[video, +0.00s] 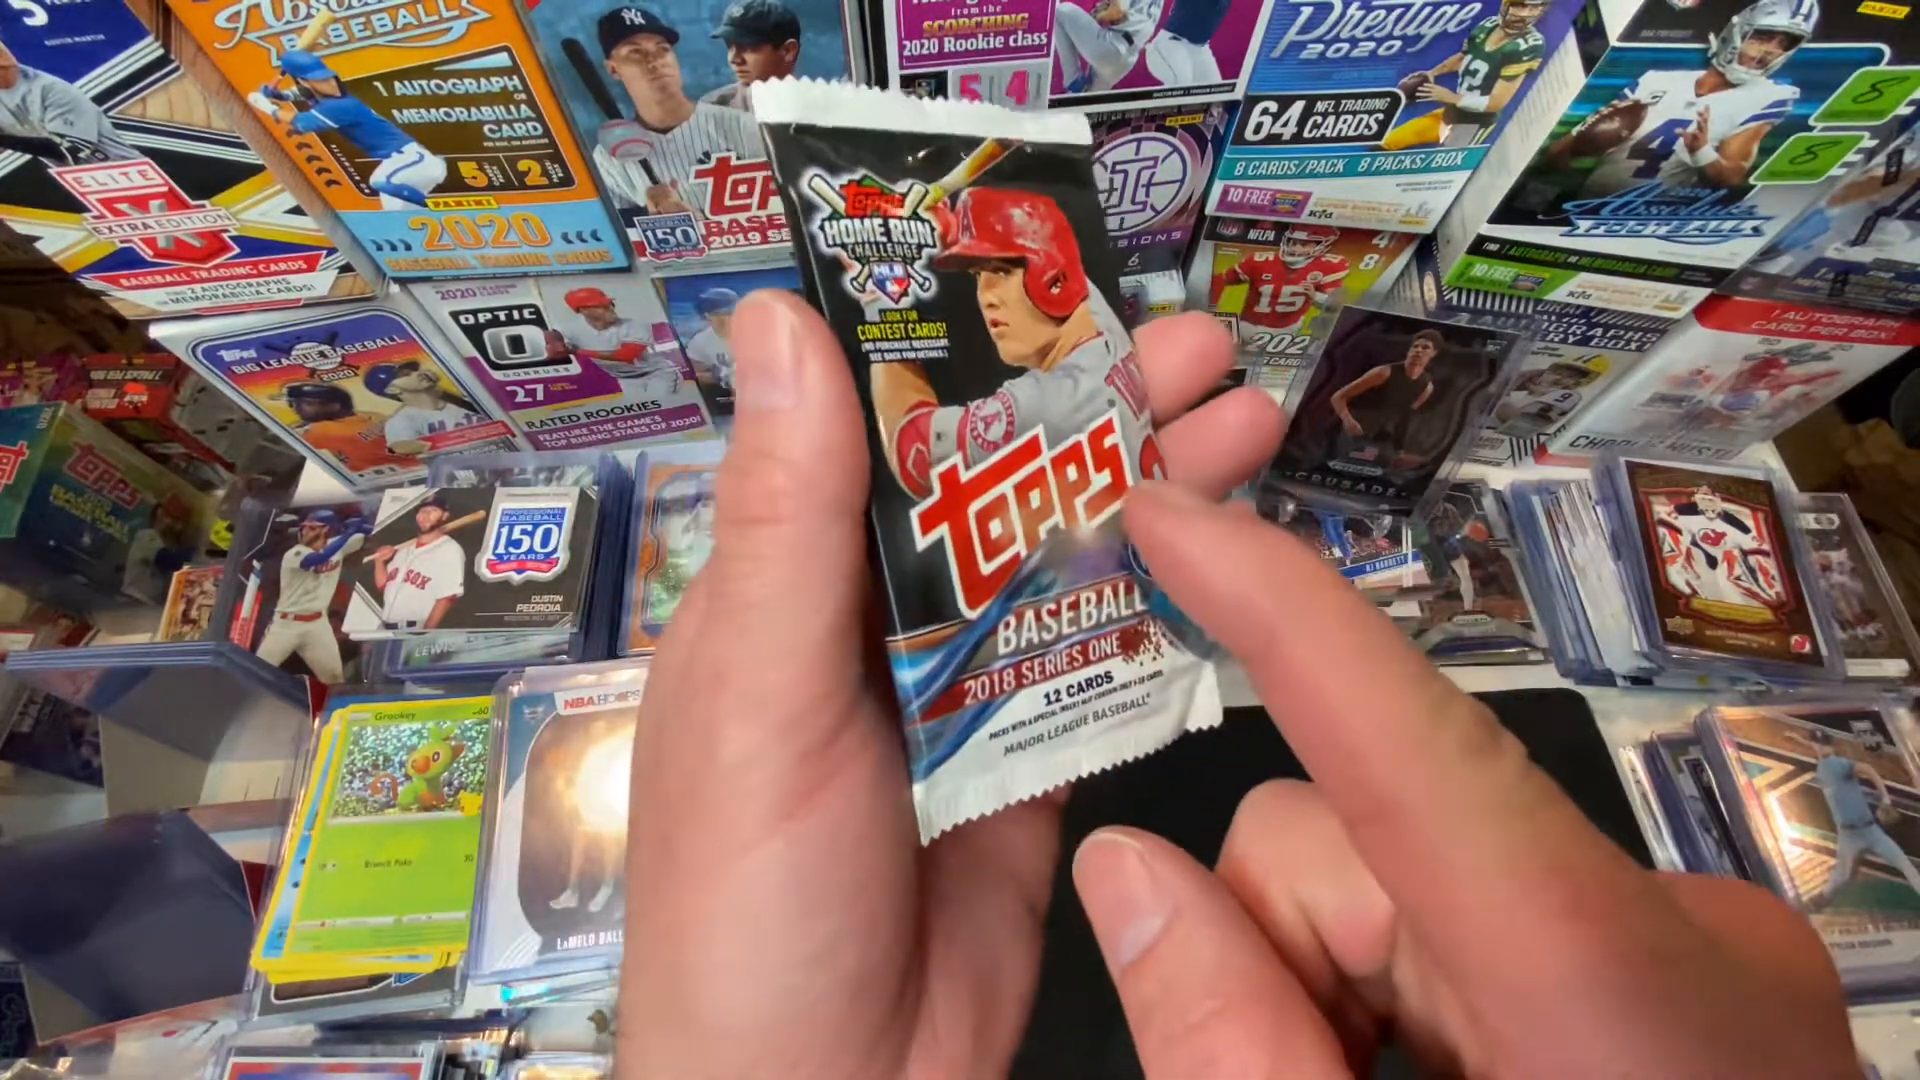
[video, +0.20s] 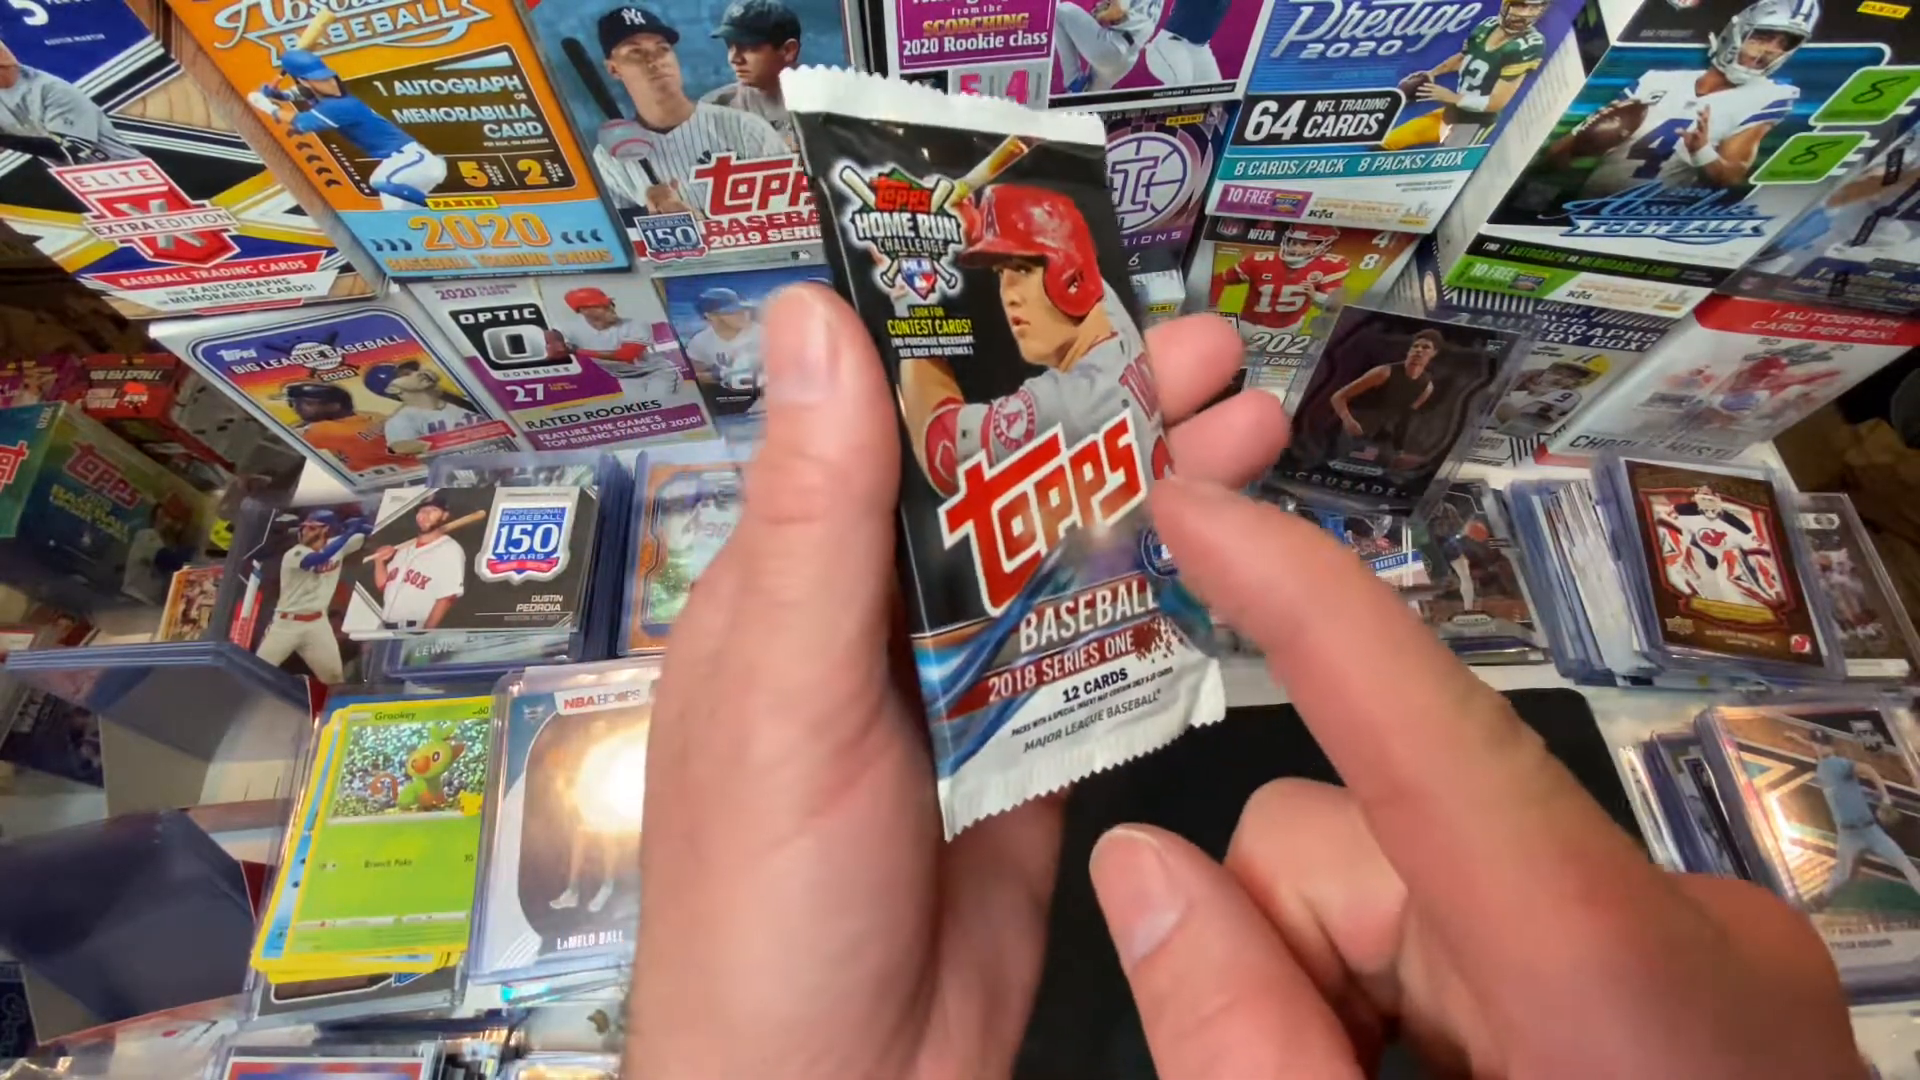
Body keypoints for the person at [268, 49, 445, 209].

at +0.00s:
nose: (332, 80)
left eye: (330, 75)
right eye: (323, 78)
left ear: (308, 81)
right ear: (305, 84)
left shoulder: (341, 106)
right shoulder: (330, 103)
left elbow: (298, 122)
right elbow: (300, 94)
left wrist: (268, 107)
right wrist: (275, 94)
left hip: (413, 159)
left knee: (379, 180)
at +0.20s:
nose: (332, 80)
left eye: (330, 75)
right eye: (324, 77)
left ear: (308, 81)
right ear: (306, 84)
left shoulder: (341, 106)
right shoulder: (330, 102)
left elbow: (298, 122)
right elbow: (299, 93)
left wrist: (268, 107)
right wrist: (275, 94)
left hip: (414, 159)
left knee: (380, 179)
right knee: (397, 221)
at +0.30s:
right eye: (318, 79)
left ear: (307, 83)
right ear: (307, 82)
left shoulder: (342, 107)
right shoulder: (335, 102)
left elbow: (299, 123)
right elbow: (303, 93)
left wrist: (270, 108)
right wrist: (279, 95)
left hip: (415, 159)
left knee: (380, 179)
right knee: (399, 221)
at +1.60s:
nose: (330, 81)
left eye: (327, 76)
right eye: (321, 78)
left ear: (309, 83)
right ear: (307, 83)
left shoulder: (344, 105)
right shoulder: (329, 103)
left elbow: (301, 123)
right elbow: (301, 92)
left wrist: (271, 109)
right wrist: (277, 94)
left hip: (415, 158)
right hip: (402, 167)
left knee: (381, 179)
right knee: (396, 223)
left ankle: (434, 213)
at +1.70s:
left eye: (299, 82)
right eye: (300, 83)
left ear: (308, 83)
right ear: (324, 78)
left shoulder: (342, 107)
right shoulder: (332, 102)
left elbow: (300, 122)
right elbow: (303, 92)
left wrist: (268, 108)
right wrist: (277, 95)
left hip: (414, 158)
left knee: (380, 180)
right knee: (393, 222)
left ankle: (432, 211)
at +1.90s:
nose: (298, 87)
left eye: (299, 82)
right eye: (300, 83)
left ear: (307, 83)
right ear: (323, 78)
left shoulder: (342, 106)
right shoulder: (332, 102)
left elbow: (300, 122)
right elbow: (303, 92)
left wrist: (268, 108)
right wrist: (278, 95)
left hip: (415, 157)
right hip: (403, 167)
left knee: (380, 179)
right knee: (393, 223)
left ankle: (434, 212)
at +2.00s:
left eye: (326, 76)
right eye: (321, 77)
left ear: (308, 83)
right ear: (305, 83)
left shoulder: (344, 106)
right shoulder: (329, 104)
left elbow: (301, 123)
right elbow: (298, 94)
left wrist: (270, 109)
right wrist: (275, 94)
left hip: (416, 158)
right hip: (403, 167)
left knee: (381, 179)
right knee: (397, 222)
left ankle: (437, 217)